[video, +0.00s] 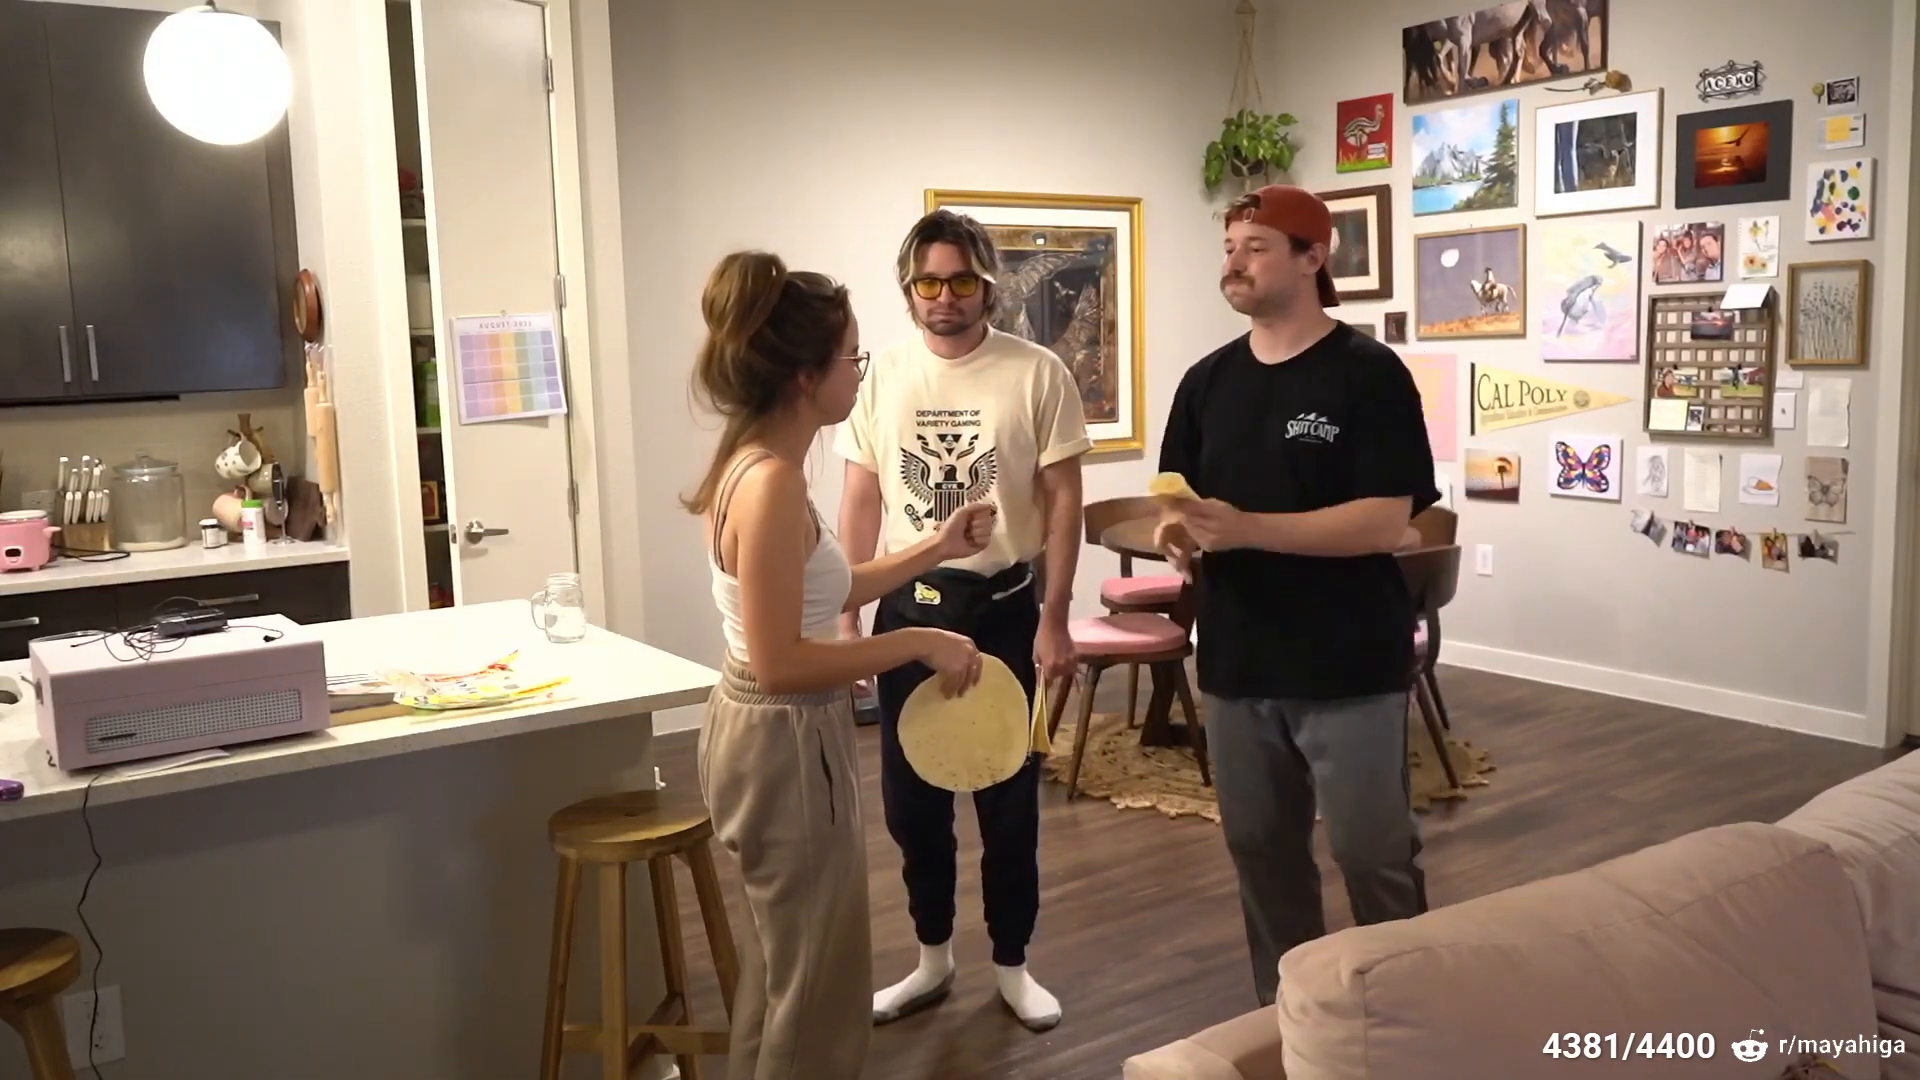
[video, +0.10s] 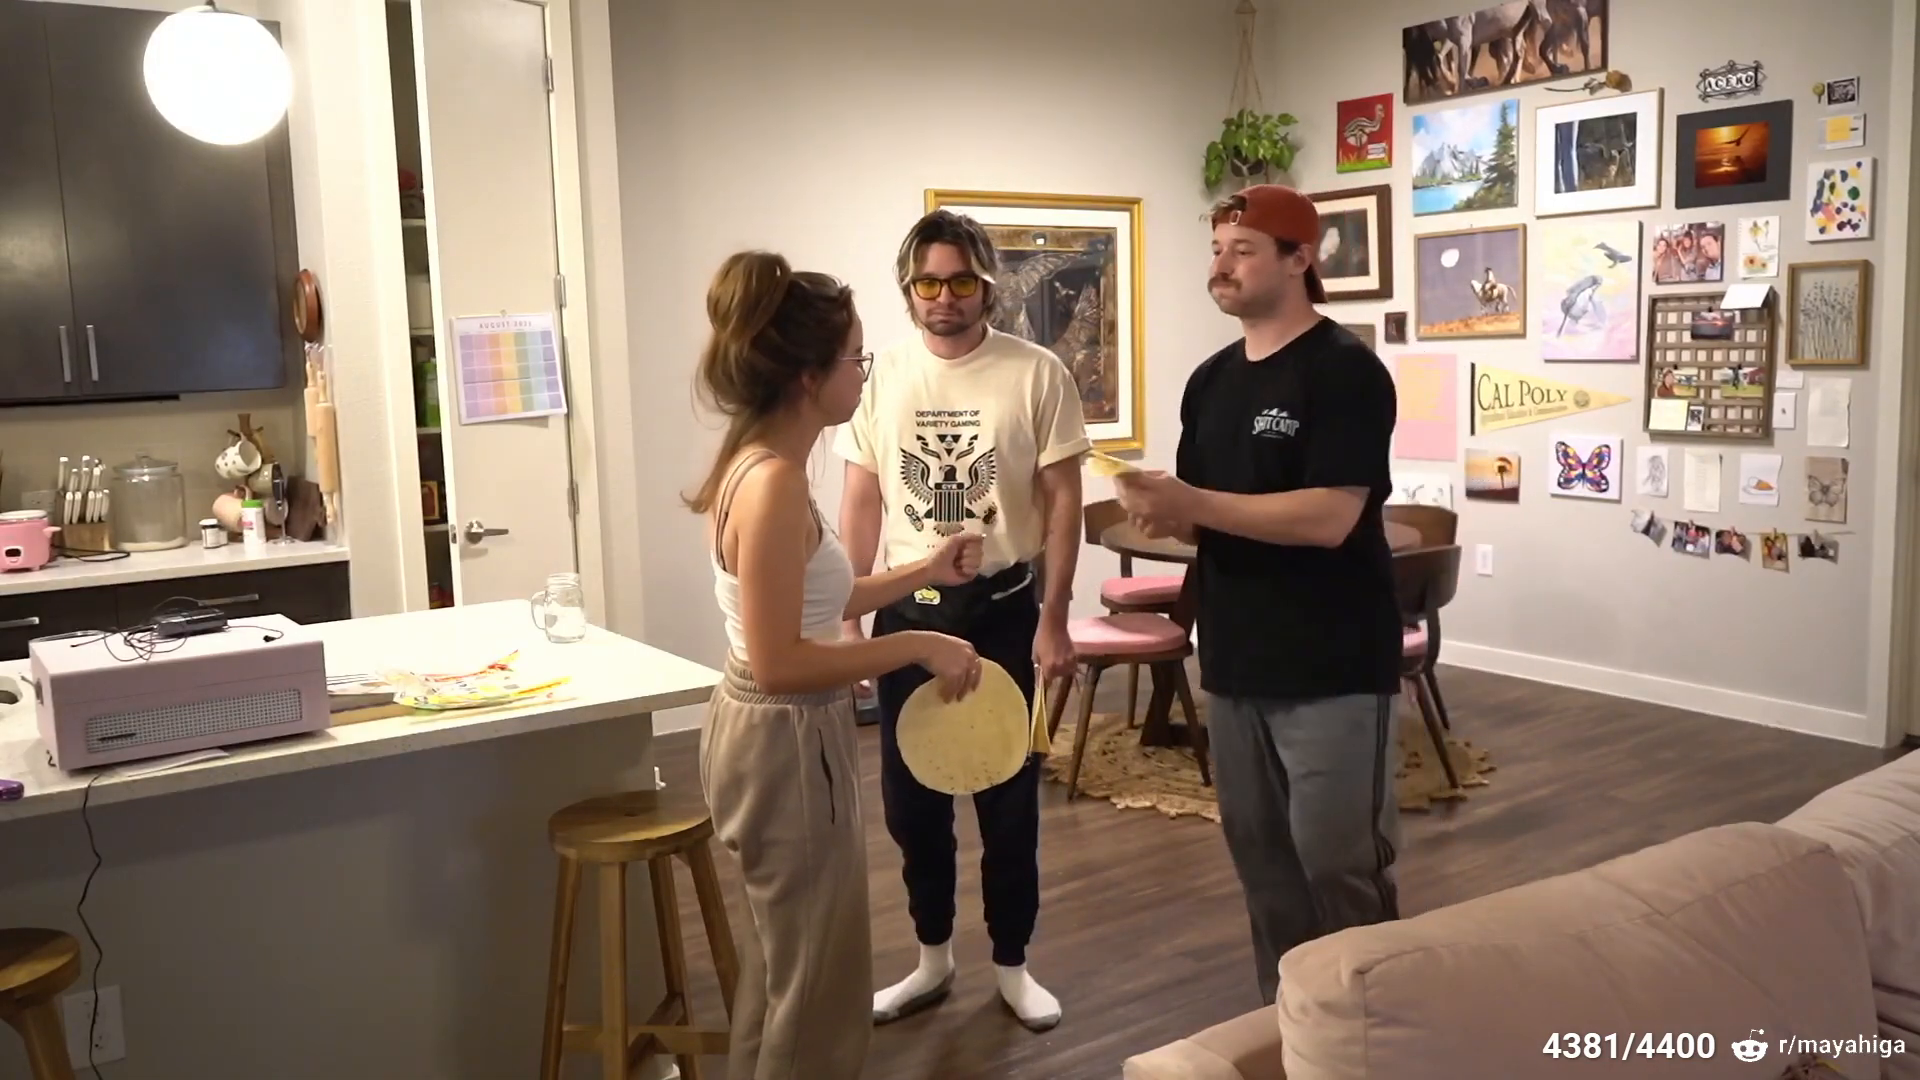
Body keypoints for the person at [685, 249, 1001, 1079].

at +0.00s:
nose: (861, 371)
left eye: (857, 356)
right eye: (852, 359)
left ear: (795, 377)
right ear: (805, 376)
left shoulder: (753, 468)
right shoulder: (770, 482)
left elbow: (823, 592)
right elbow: (780, 665)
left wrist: (937, 546)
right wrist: (924, 646)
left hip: (761, 730)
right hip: (785, 744)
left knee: (781, 968)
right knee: (815, 978)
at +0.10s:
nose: (866, 370)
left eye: (862, 355)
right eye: (856, 359)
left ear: (799, 379)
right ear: (808, 379)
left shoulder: (761, 468)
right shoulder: (771, 482)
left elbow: (816, 606)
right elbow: (777, 665)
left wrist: (924, 571)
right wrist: (923, 648)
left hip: (772, 731)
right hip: (786, 745)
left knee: (782, 968)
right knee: (815, 979)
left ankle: (762, 1074)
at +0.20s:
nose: (867, 371)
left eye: (863, 355)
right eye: (857, 359)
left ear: (802, 379)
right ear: (808, 379)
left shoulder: (765, 468)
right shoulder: (771, 482)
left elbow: (801, 612)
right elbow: (775, 665)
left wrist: (912, 598)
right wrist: (915, 652)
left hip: (780, 730)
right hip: (786, 743)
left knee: (787, 965)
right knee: (817, 976)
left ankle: (764, 1072)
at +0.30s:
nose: (868, 370)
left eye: (864, 355)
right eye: (858, 358)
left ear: (803, 378)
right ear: (810, 378)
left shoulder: (767, 469)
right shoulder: (775, 483)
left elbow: (798, 619)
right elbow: (775, 664)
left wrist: (905, 613)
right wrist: (916, 653)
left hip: (780, 732)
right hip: (791, 745)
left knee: (786, 968)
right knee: (818, 979)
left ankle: (762, 1073)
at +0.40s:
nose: (869, 369)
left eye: (864, 353)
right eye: (859, 356)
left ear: (804, 377)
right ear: (812, 378)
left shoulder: (770, 469)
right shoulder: (777, 482)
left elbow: (802, 623)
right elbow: (780, 664)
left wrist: (903, 620)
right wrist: (918, 653)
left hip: (785, 732)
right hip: (793, 744)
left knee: (787, 965)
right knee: (818, 977)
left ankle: (761, 1072)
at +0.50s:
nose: (869, 369)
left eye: (864, 353)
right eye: (858, 356)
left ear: (804, 377)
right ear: (811, 378)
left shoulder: (767, 468)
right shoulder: (777, 483)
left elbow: (797, 625)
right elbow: (779, 664)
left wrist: (900, 623)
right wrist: (919, 653)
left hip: (780, 731)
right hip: (792, 743)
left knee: (786, 963)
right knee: (817, 976)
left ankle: (762, 1074)